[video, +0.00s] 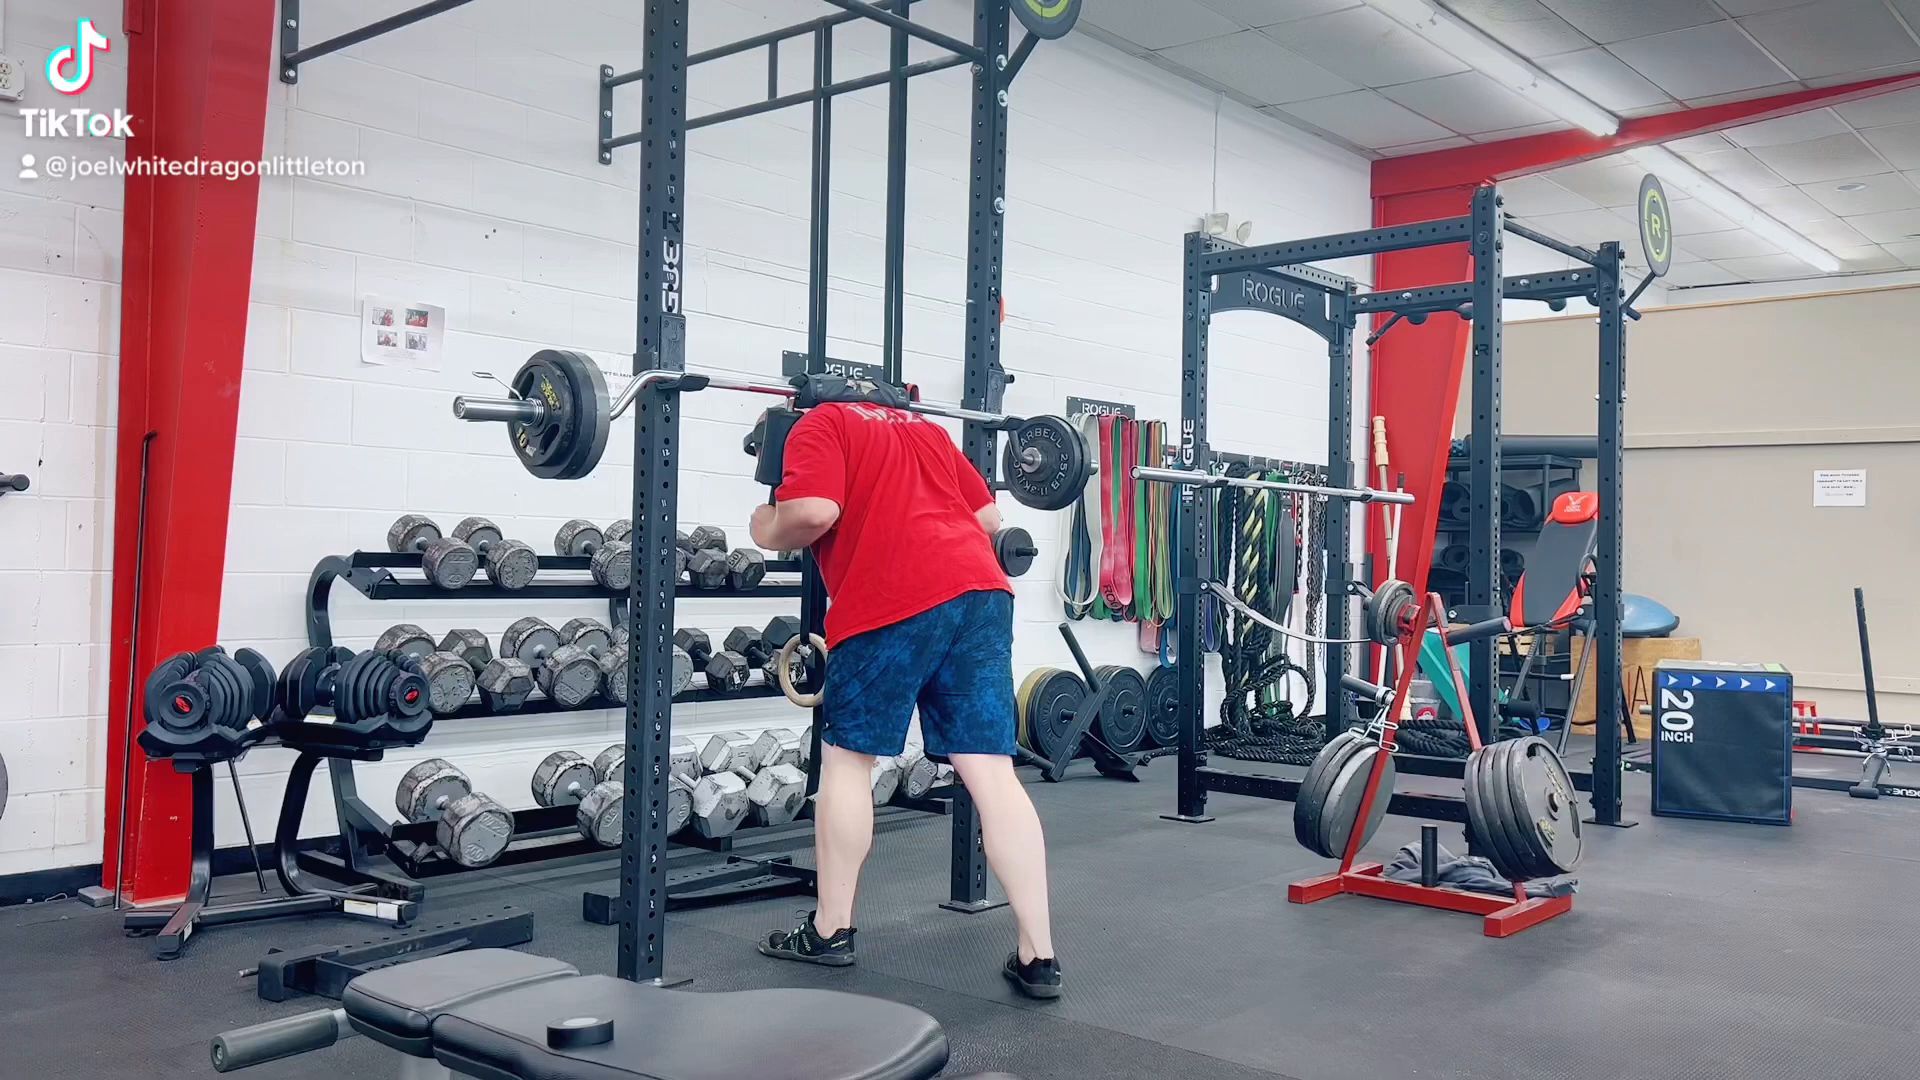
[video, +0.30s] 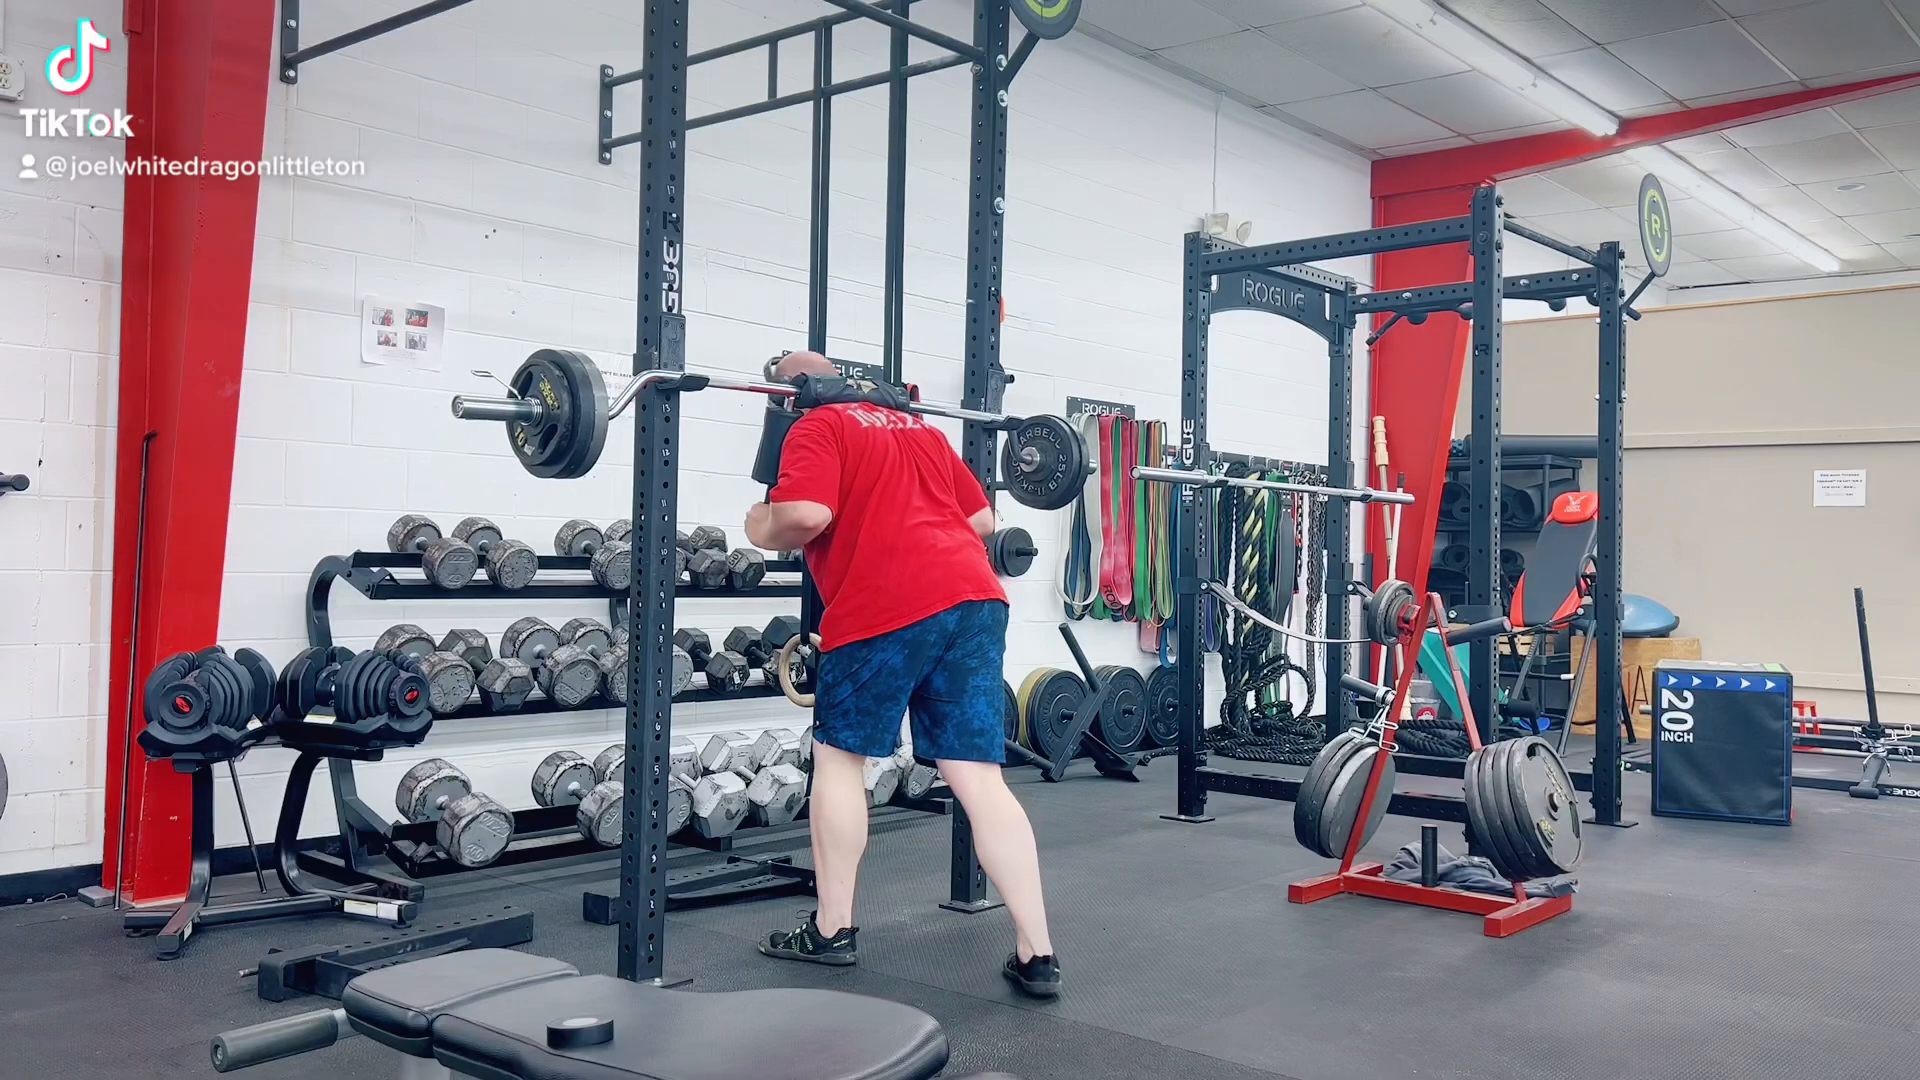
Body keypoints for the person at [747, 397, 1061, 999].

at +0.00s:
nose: (793, 420)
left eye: (797, 410)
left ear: (816, 401)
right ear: (881, 399)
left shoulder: (820, 421)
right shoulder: (929, 432)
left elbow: (817, 510)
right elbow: (988, 517)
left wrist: (768, 529)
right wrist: (927, 541)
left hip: (891, 595)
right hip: (983, 588)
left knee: (849, 757)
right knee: (991, 765)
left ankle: (831, 931)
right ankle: (1039, 955)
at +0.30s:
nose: (780, 405)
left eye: (780, 395)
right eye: (780, 395)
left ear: (797, 389)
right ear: (839, 378)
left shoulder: (816, 425)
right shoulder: (921, 430)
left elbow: (810, 514)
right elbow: (983, 520)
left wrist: (764, 525)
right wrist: (917, 540)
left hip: (887, 600)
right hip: (976, 594)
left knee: (840, 758)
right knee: (977, 771)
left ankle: (832, 930)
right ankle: (1037, 952)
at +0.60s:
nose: (787, 398)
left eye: (786, 387)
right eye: (787, 386)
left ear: (798, 386)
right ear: (851, 379)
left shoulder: (815, 425)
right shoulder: (918, 433)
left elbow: (799, 511)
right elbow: (976, 524)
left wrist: (760, 527)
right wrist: (917, 550)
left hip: (856, 615)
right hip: (943, 614)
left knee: (818, 763)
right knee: (883, 737)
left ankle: (832, 931)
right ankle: (930, 878)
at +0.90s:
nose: (784, 393)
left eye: (785, 381)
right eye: (786, 380)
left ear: (798, 381)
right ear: (852, 375)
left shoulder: (817, 429)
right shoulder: (913, 434)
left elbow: (800, 519)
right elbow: (972, 520)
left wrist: (754, 523)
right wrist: (911, 545)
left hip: (852, 627)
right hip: (934, 629)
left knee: (782, 760)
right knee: (864, 758)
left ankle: (802, 931)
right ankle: (901, 906)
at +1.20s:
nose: (783, 379)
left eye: (786, 368)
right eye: (788, 366)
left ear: (797, 373)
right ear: (857, 371)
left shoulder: (810, 427)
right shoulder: (905, 430)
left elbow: (779, 517)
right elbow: (957, 522)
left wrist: (738, 506)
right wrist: (893, 536)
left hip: (820, 638)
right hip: (902, 637)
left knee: (766, 771)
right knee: (846, 767)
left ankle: (800, 933)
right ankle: (910, 906)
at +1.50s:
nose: (789, 331)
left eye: (790, 320)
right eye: (790, 319)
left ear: (804, 321)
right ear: (860, 314)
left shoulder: (819, 378)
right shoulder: (911, 382)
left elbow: (776, 466)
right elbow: (955, 477)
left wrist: (739, 436)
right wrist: (886, 493)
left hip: (822, 594)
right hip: (899, 591)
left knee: (811, 750)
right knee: (885, 737)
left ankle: (804, 931)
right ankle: (910, 905)